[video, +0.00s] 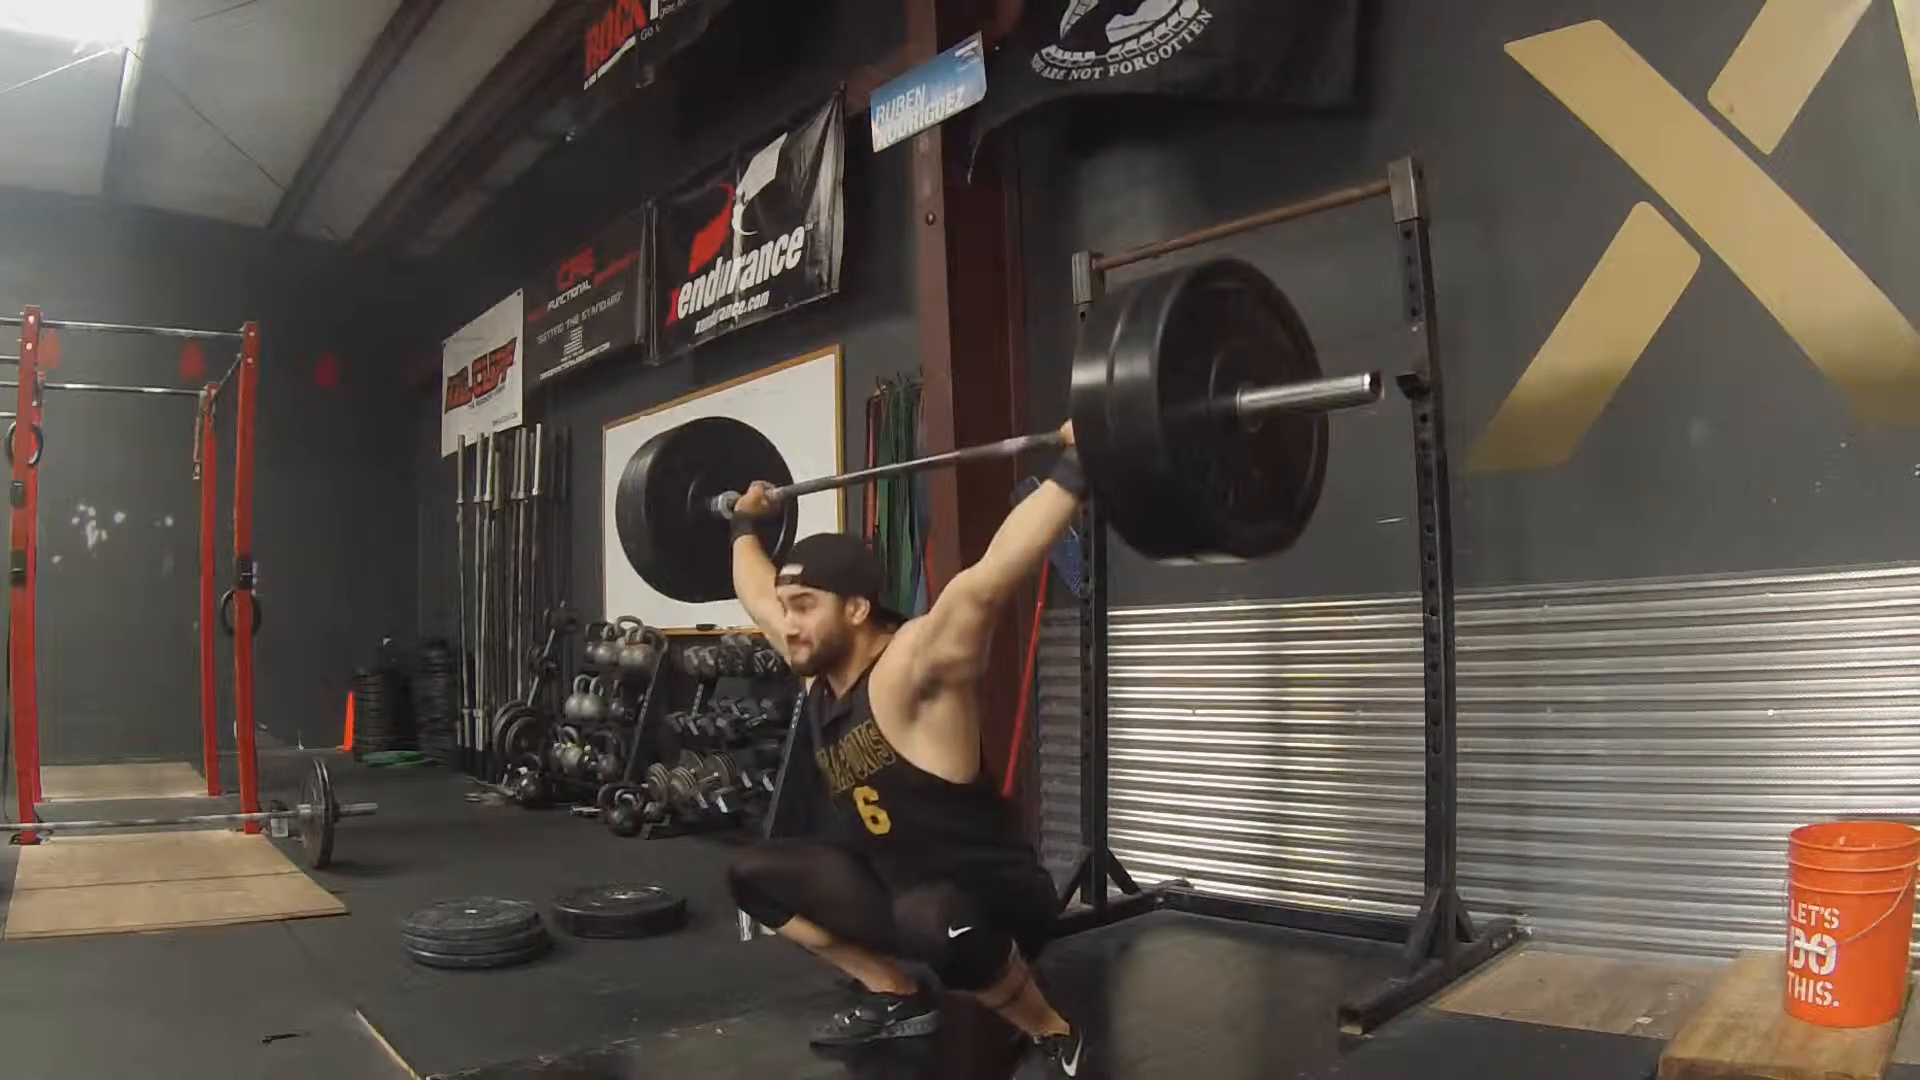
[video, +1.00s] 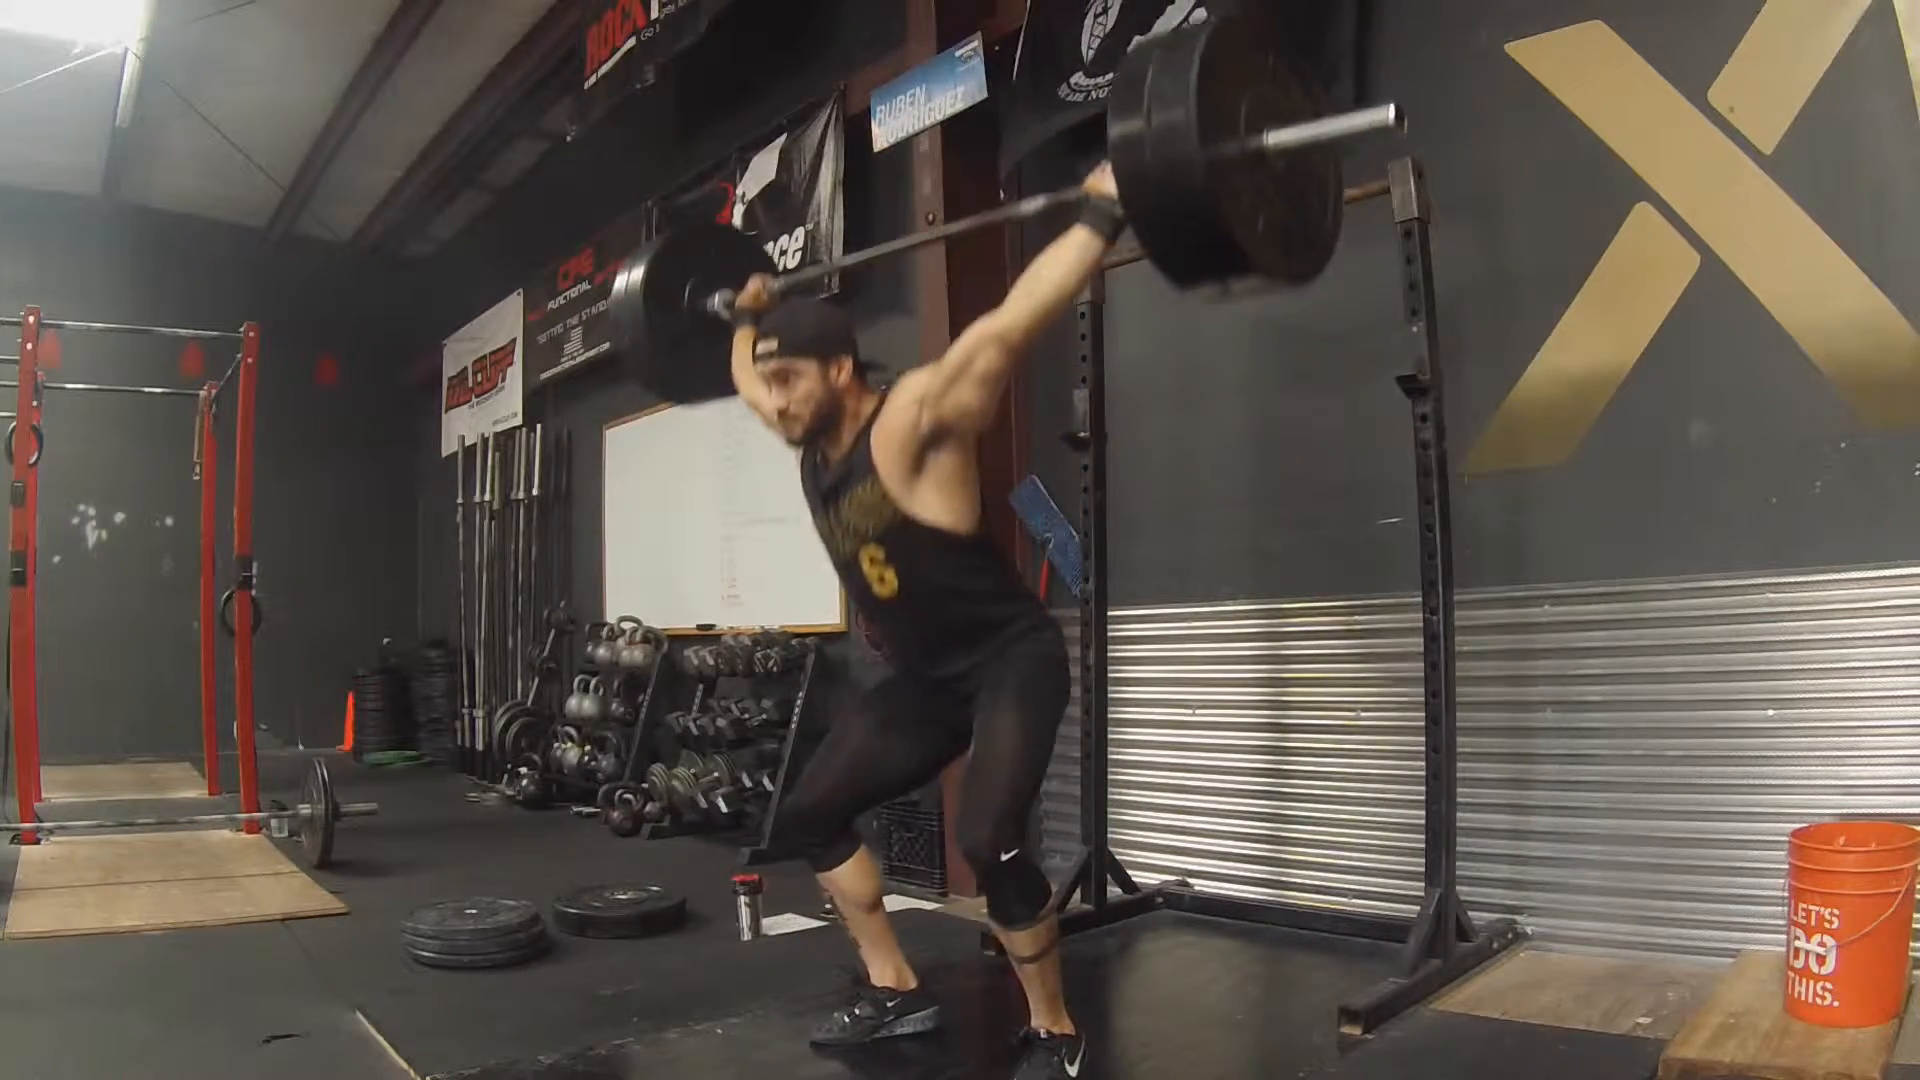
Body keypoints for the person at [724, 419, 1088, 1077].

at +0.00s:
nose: (787, 624)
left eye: (803, 605)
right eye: (784, 609)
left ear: (858, 610)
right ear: (780, 618)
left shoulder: (923, 659)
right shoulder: (826, 676)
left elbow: (990, 581)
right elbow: (761, 594)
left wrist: (1076, 467)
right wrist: (748, 523)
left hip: (989, 882)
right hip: (888, 881)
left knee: (933, 915)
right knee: (752, 874)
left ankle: (1052, 1036)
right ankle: (896, 993)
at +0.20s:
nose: (785, 603)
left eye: (799, 585)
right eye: (781, 588)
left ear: (854, 588)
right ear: (775, 590)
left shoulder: (920, 633)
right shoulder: (825, 651)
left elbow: (1000, 556)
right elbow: (758, 573)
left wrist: (1080, 442)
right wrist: (743, 500)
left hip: (996, 856)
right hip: (893, 858)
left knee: (940, 898)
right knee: (766, 863)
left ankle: (1049, 1033)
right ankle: (895, 992)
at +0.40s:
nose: (771, 566)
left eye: (787, 546)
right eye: (766, 547)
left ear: (842, 546)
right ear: (759, 546)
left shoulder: (913, 588)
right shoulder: (817, 614)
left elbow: (1001, 507)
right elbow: (750, 537)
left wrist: (1085, 396)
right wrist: (742, 464)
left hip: (1009, 803)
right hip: (909, 812)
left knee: (945, 881)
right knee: (778, 846)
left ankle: (1051, 1033)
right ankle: (893, 990)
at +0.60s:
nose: (763, 518)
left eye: (777, 496)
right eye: (756, 501)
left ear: (833, 492)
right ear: (754, 503)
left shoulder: (910, 534)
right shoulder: (815, 558)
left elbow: (1001, 453)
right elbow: (746, 487)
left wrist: (1088, 334)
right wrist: (743, 415)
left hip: (1011, 751)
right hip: (912, 763)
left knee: (958, 867)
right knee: (787, 837)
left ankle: (1051, 1031)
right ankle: (893, 991)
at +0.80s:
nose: (765, 461)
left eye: (777, 442)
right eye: (756, 446)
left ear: (832, 433)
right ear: (758, 450)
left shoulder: (911, 474)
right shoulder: (810, 501)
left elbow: (1005, 388)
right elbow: (745, 433)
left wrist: (1092, 278)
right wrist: (744, 364)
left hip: (1013, 700)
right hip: (919, 715)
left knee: (977, 854)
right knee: (798, 824)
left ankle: (1052, 1030)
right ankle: (891, 991)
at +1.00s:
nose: (775, 401)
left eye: (787, 381)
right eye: (766, 387)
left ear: (842, 369)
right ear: (769, 392)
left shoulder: (921, 413)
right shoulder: (811, 446)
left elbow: (1008, 325)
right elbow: (752, 379)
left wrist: (1101, 210)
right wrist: (750, 309)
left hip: (1011, 657)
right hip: (919, 676)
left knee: (987, 841)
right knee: (813, 813)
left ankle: (1055, 1031)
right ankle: (895, 993)